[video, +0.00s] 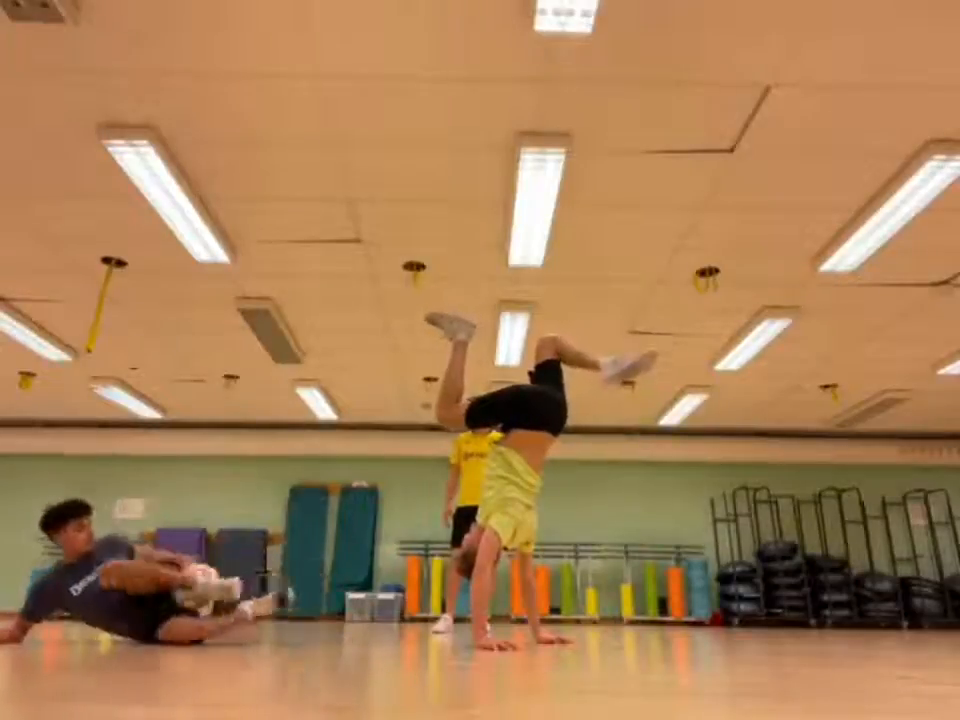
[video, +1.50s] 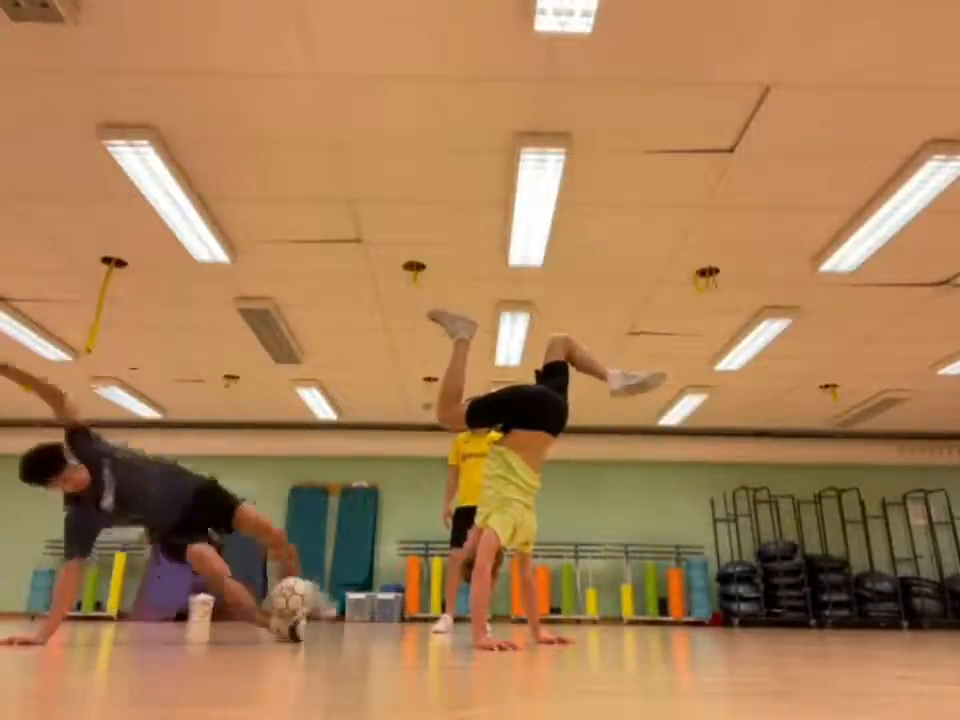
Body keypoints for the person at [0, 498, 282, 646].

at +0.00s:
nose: (88, 535)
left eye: (88, 528)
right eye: (79, 530)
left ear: (90, 530)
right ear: (59, 537)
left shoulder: (110, 546)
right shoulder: (49, 586)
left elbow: (149, 556)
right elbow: (16, 631)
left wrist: (184, 565)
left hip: (161, 589)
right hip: (148, 622)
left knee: (112, 571)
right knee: (189, 630)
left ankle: (197, 584)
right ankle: (245, 613)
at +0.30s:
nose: (127, 518)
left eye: (128, 510)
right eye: (120, 511)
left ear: (126, 512)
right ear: (100, 514)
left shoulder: (141, 532)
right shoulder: (77, 562)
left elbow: (166, 553)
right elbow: (52, 602)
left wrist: (190, 561)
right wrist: (29, 624)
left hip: (171, 588)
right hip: (146, 621)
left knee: (218, 582)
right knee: (197, 630)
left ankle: (273, 594)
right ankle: (255, 629)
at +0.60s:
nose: (163, 517)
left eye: (164, 509)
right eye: (158, 508)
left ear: (154, 509)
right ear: (134, 507)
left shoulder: (164, 536)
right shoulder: (103, 545)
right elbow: (60, 584)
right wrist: (37, 629)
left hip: (190, 596)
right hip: (157, 623)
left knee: (216, 536)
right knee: (193, 617)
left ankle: (260, 583)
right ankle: (260, 631)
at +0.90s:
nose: (159, 517)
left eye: (160, 510)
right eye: (153, 510)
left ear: (151, 510)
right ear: (129, 509)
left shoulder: (160, 532)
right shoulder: (97, 544)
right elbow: (54, 584)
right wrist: (32, 633)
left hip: (180, 593)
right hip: (147, 623)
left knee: (233, 539)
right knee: (187, 611)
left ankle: (260, 599)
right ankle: (262, 624)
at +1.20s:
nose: (171, 506)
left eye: (171, 499)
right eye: (163, 501)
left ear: (169, 500)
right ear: (141, 503)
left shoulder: (184, 518)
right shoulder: (115, 535)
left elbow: (231, 524)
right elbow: (73, 576)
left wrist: (276, 526)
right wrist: (48, 631)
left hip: (203, 586)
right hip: (157, 612)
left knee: (269, 569)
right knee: (194, 611)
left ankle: (285, 622)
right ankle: (261, 633)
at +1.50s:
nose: (74, 479)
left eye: (68, 471)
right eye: (65, 482)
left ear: (67, 460)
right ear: (57, 487)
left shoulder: (86, 445)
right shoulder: (82, 517)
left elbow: (56, 399)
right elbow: (70, 574)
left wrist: (11, 373)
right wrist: (45, 633)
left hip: (193, 491)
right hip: (172, 527)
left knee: (257, 524)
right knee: (210, 565)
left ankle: (289, 563)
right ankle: (269, 624)